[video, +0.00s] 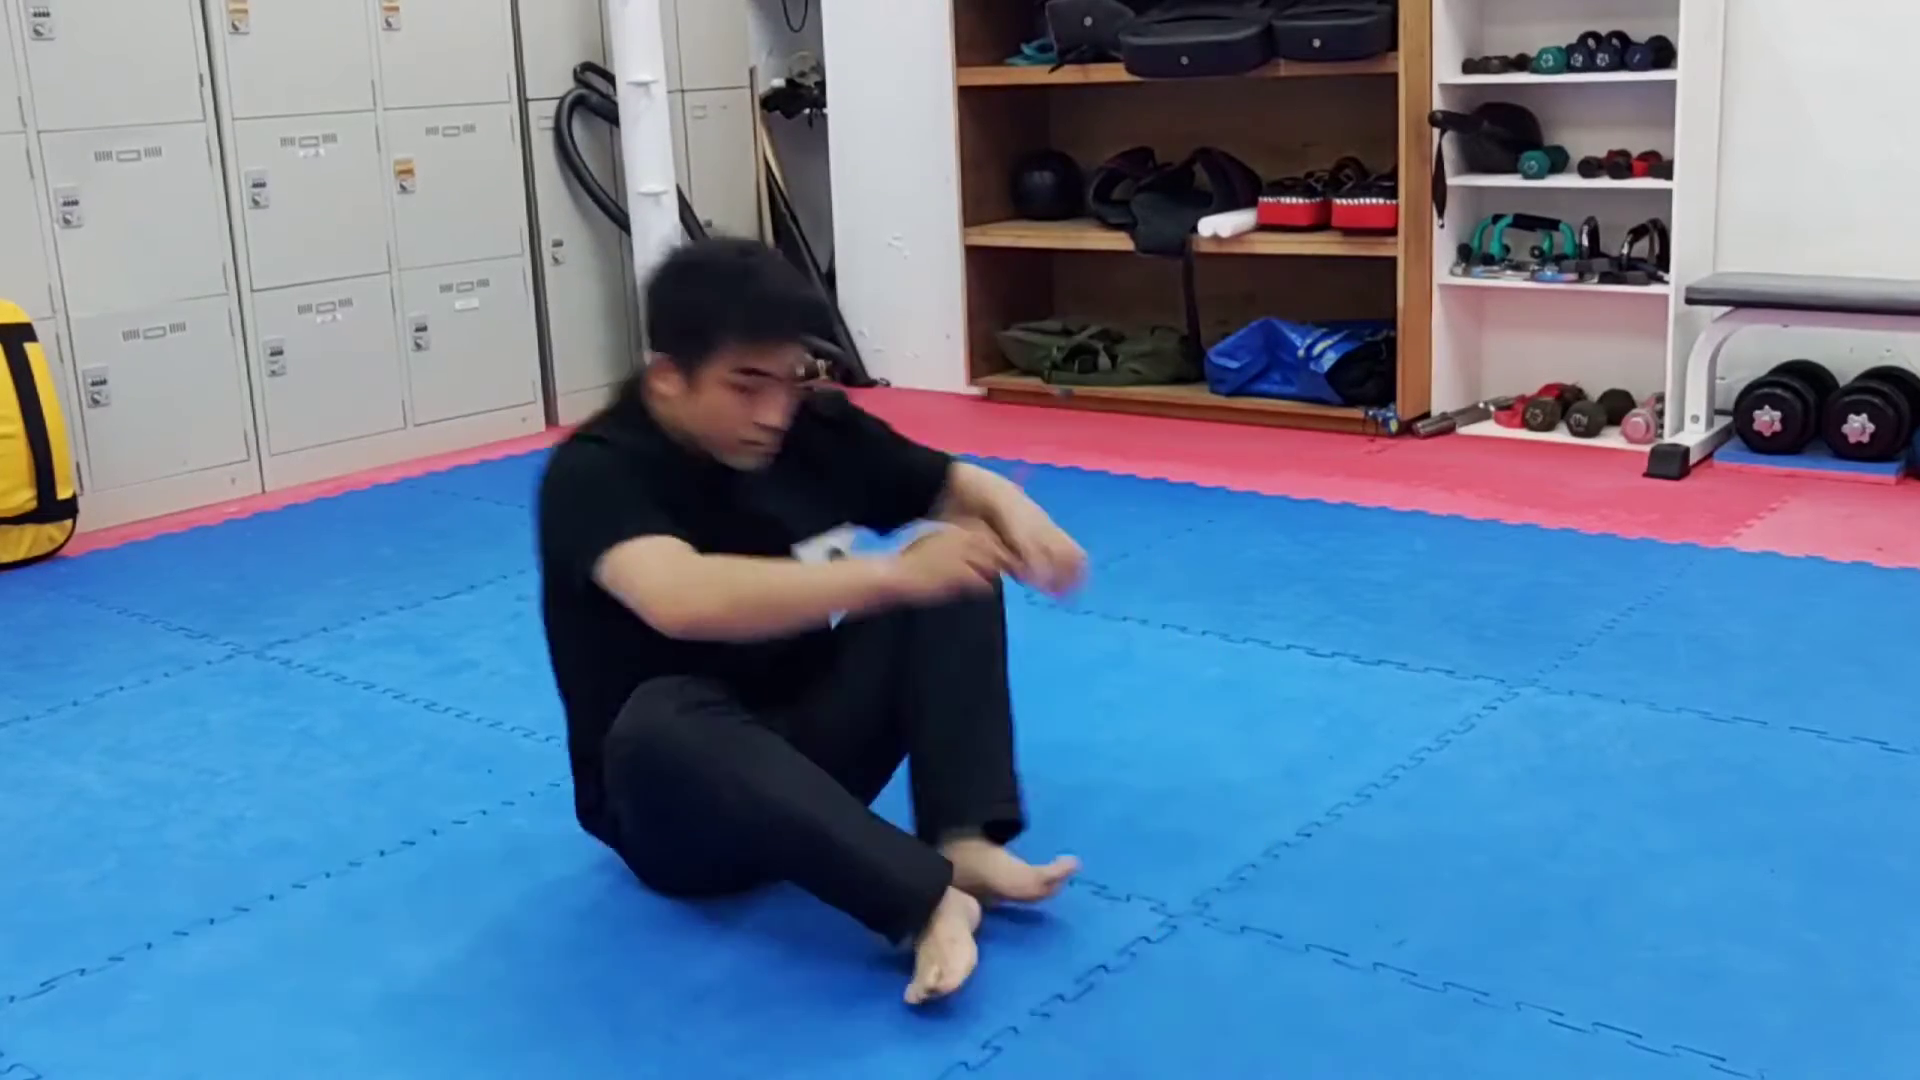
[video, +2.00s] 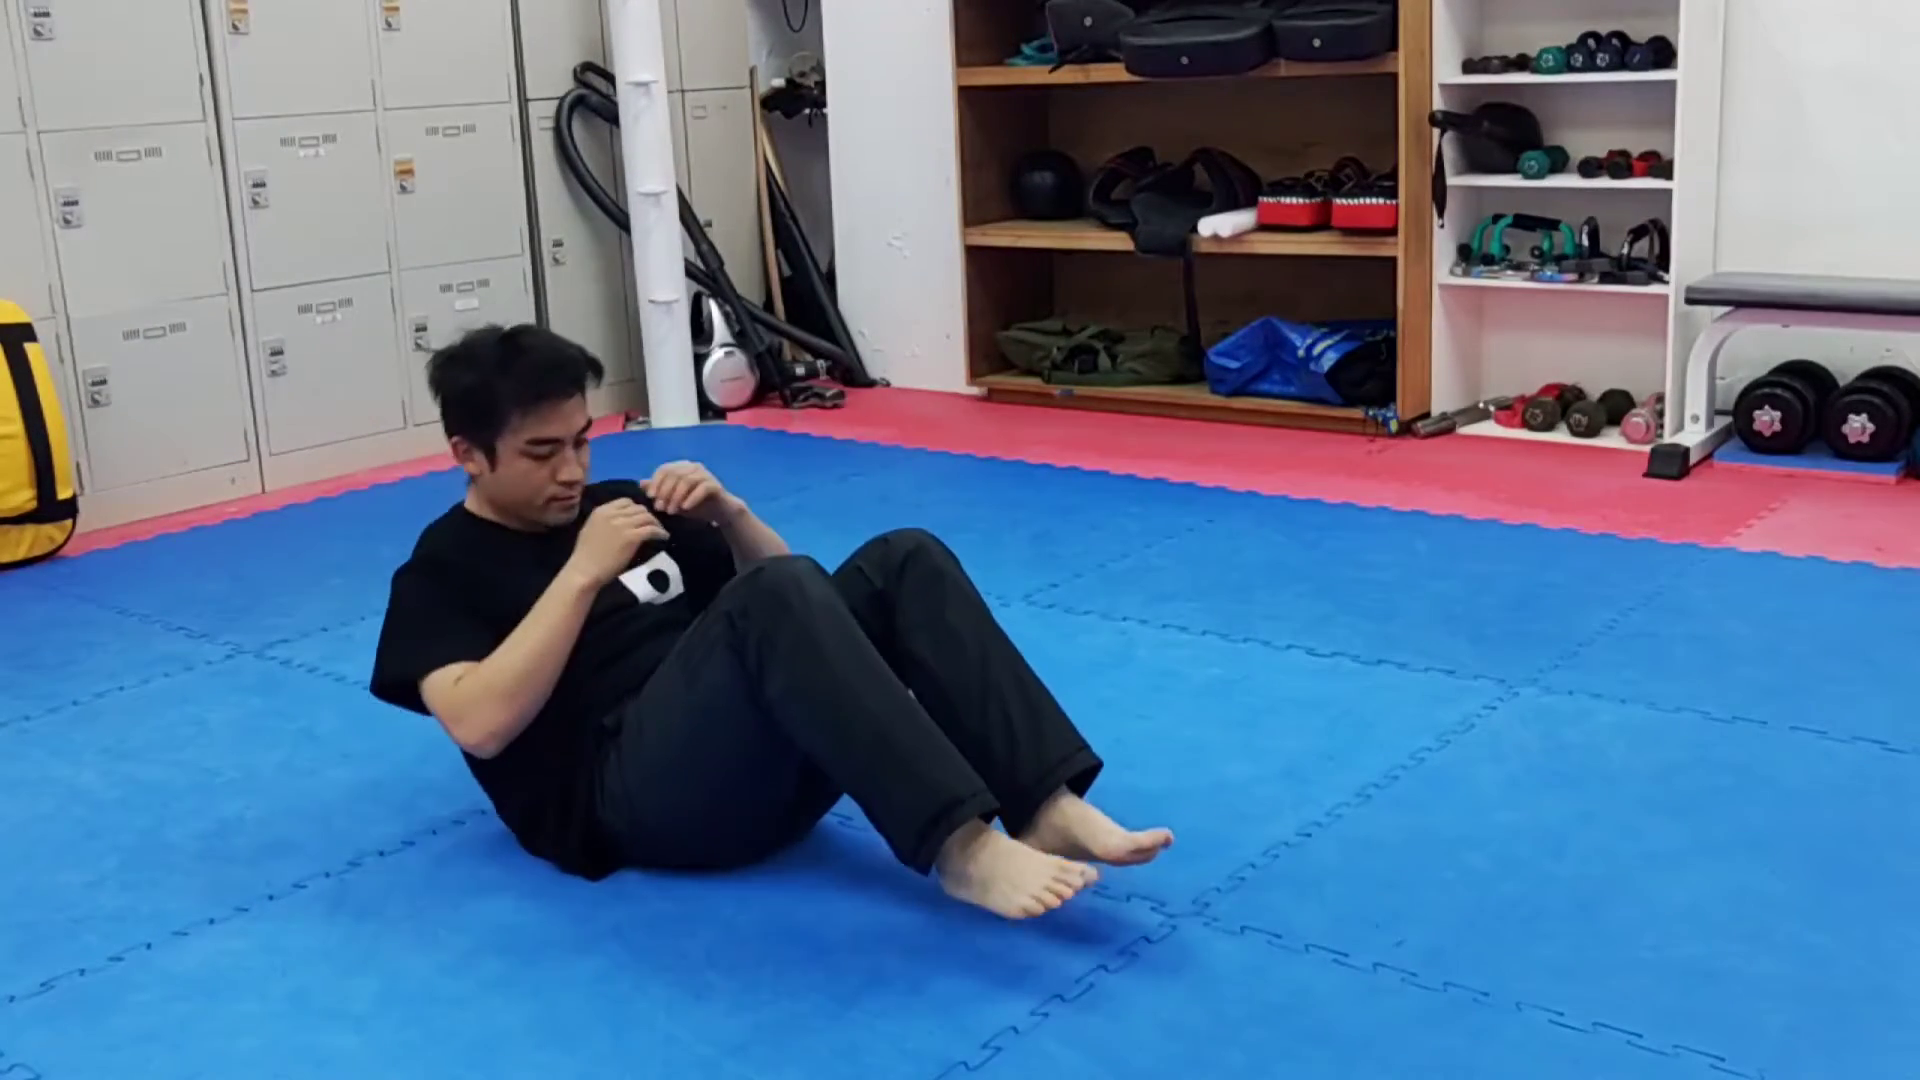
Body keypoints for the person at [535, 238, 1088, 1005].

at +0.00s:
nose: (776, 415)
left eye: (793, 383)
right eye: (747, 386)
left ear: (809, 374)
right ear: (666, 380)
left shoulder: (814, 430)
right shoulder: (593, 473)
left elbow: (960, 489)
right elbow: (682, 598)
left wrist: (1012, 512)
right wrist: (892, 577)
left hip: (819, 757)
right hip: (684, 812)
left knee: (956, 561)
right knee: (661, 724)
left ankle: (961, 838)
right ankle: (927, 904)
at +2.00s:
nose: (576, 470)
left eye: (581, 443)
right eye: (546, 454)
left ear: (589, 425)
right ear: (471, 457)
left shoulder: (622, 502)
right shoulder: (440, 575)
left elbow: (776, 590)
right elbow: (477, 722)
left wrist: (724, 512)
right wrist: (582, 572)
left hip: (773, 753)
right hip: (651, 801)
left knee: (904, 561)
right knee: (777, 588)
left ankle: (1048, 802)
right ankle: (961, 843)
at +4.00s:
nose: (535, 513)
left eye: (531, 499)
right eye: (504, 506)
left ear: (544, 521)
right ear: (455, 554)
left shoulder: (589, 605)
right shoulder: (447, 643)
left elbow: (687, 644)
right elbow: (543, 629)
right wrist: (602, 530)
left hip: (807, 693)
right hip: (732, 747)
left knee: (821, 445)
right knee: (709, 501)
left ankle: (1017, 579)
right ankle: (948, 645)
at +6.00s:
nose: (659, 492)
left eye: (652, 484)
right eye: (635, 487)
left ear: (651, 503)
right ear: (587, 527)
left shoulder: (693, 573)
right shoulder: (576, 611)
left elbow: (816, 537)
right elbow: (634, 574)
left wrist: (776, 494)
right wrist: (704, 482)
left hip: (878, 601)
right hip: (818, 642)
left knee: (870, 358)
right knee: (811, 411)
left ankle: (1076, 449)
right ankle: (1027, 529)